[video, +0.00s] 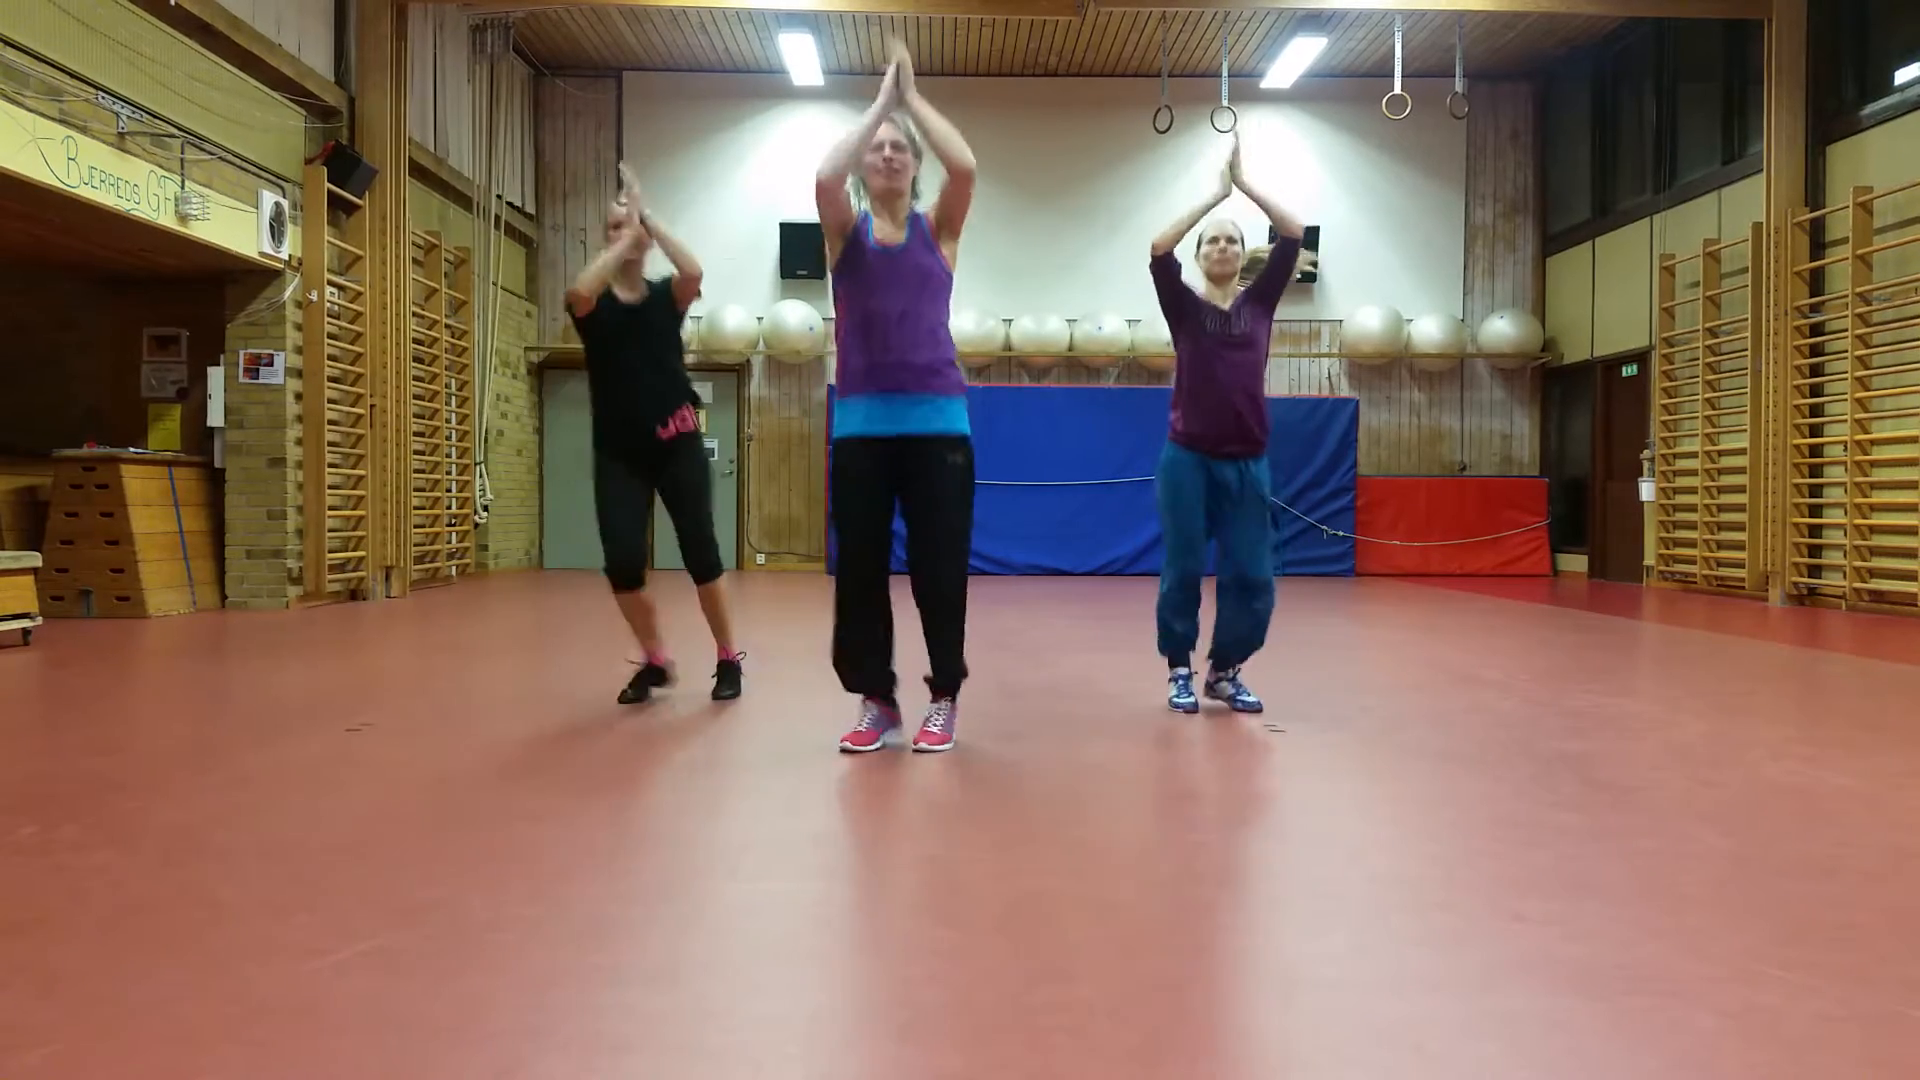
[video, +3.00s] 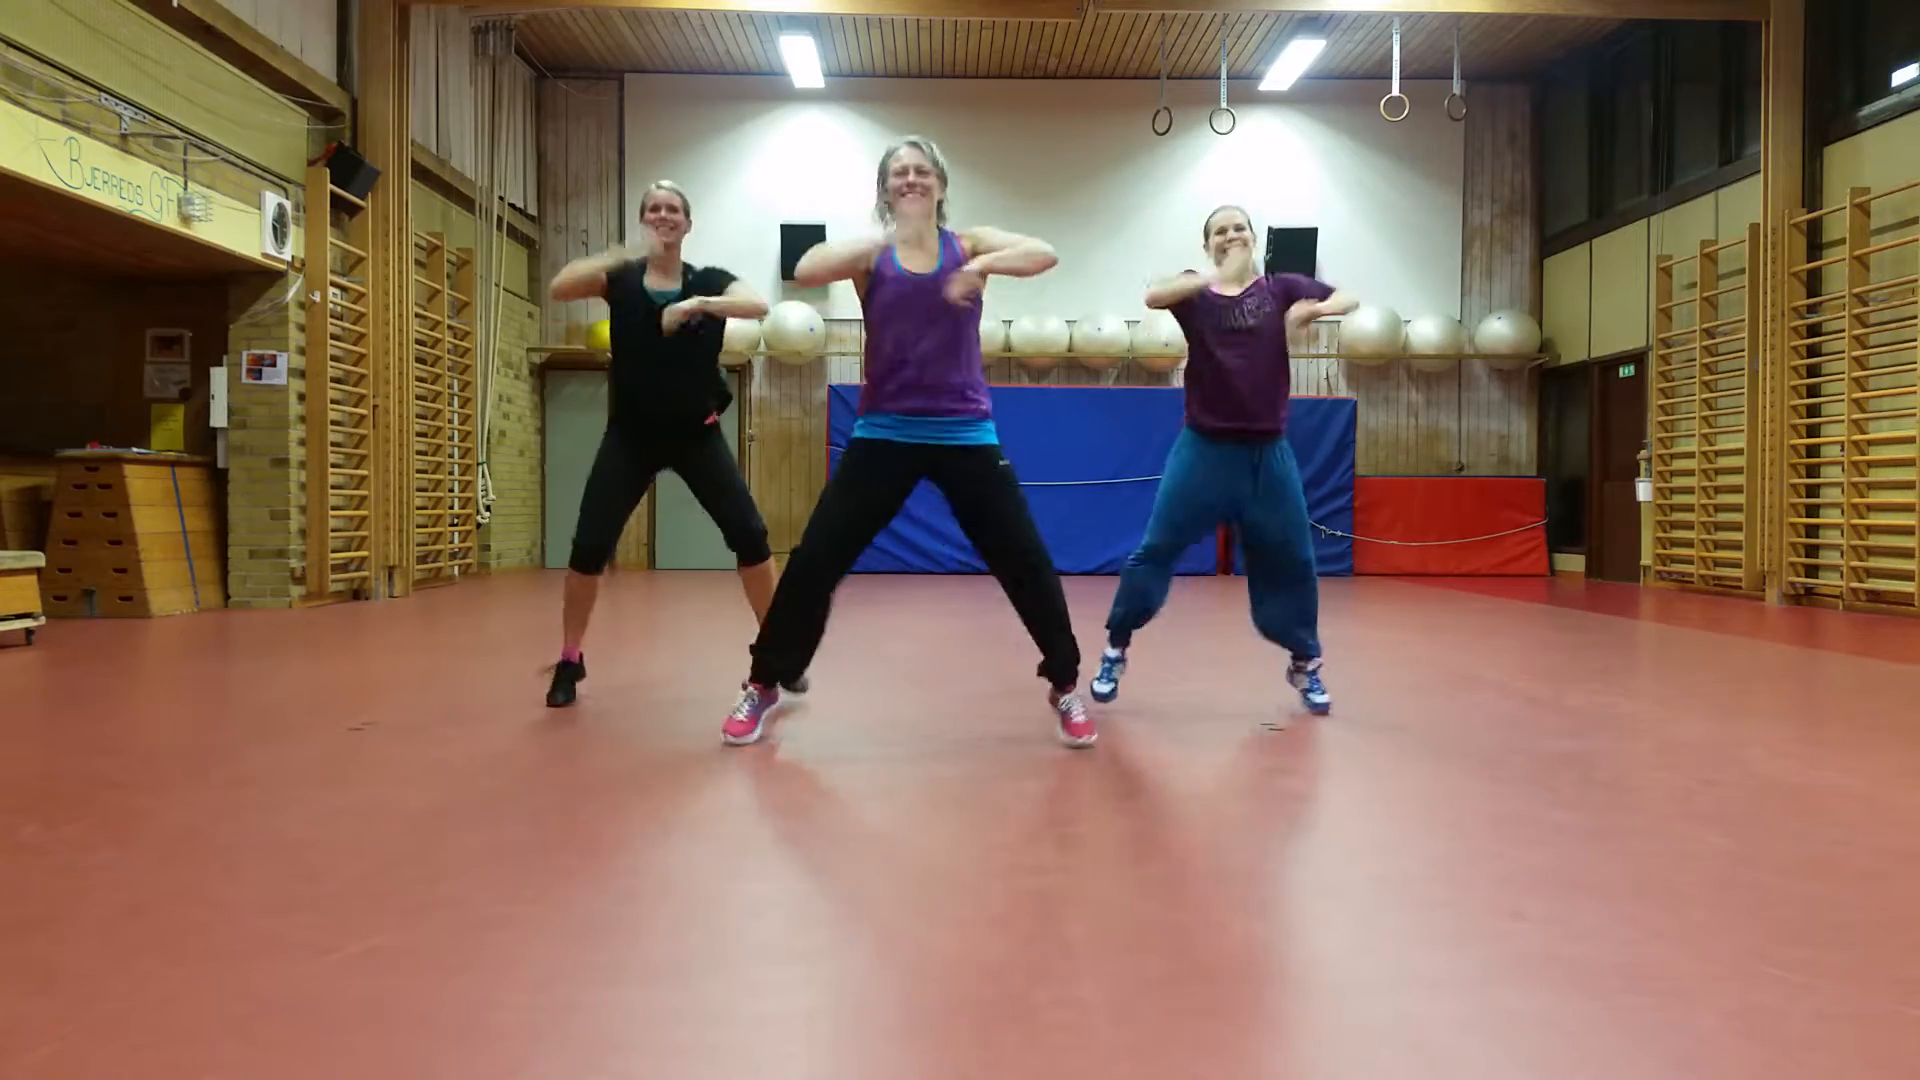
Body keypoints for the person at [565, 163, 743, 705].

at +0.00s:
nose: (623, 236)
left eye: (630, 227)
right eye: (614, 227)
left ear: (645, 240)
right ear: (604, 239)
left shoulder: (668, 297)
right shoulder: (590, 304)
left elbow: (692, 272)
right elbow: (581, 292)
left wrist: (649, 222)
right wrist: (623, 241)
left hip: (678, 444)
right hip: (619, 450)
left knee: (701, 556)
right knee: (622, 568)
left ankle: (728, 658)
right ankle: (655, 662)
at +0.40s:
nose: (644, 237)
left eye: (653, 231)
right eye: (636, 230)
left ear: (667, 242)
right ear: (623, 239)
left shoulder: (685, 296)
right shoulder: (607, 299)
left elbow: (690, 327)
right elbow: (568, 331)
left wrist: (635, 270)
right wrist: (608, 272)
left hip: (664, 452)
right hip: (602, 450)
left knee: (693, 555)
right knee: (604, 564)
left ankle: (674, 664)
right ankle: (607, 667)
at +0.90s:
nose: (651, 225)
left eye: (662, 219)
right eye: (644, 218)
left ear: (680, 234)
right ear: (634, 233)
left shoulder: (698, 286)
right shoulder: (610, 291)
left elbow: (733, 319)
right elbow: (557, 340)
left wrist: (674, 317)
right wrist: (607, 308)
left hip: (688, 447)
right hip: (624, 449)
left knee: (741, 543)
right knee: (591, 563)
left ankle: (750, 658)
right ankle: (588, 666)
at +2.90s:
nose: (663, 215)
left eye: (672, 208)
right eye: (654, 208)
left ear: (688, 222)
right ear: (641, 222)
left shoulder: (713, 279)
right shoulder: (623, 281)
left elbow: (756, 299)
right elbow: (557, 301)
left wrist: (692, 275)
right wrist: (596, 267)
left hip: (701, 443)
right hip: (636, 441)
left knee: (743, 552)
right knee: (582, 540)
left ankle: (771, 660)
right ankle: (571, 652)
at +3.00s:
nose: (662, 217)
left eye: (672, 209)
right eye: (653, 210)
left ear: (687, 222)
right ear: (641, 222)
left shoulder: (709, 281)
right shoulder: (620, 278)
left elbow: (758, 306)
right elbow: (559, 287)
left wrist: (700, 303)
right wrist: (620, 258)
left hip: (697, 435)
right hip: (630, 435)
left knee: (750, 536)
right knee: (588, 546)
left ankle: (777, 651)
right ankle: (569, 661)